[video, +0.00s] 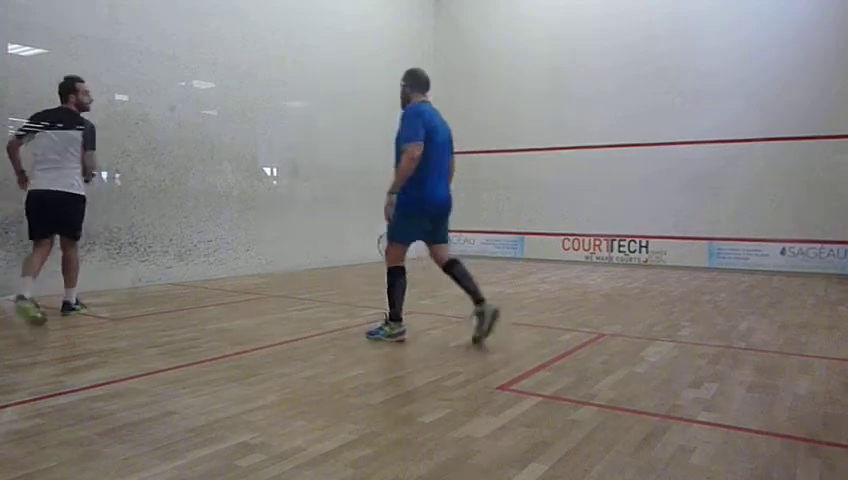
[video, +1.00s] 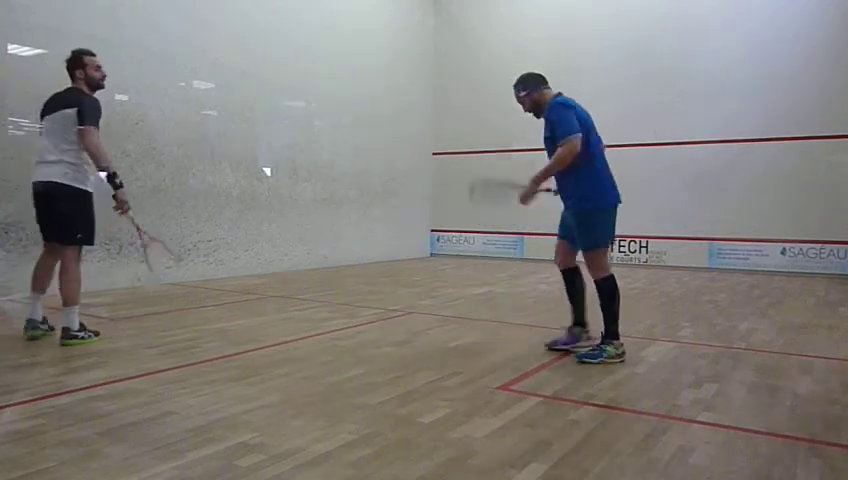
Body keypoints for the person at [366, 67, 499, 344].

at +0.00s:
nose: (400, 95)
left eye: (401, 90)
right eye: (401, 90)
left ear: (407, 90)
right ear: (425, 91)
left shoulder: (413, 114)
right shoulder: (439, 120)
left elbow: (412, 152)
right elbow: (449, 167)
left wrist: (392, 192)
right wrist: (439, 194)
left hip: (413, 199)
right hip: (440, 199)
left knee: (394, 255)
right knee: (441, 254)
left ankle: (394, 323)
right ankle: (482, 305)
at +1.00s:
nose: (522, 108)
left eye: (522, 101)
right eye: (520, 103)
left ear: (535, 93)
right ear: (537, 92)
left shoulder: (560, 109)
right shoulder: (561, 110)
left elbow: (571, 147)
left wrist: (536, 180)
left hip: (594, 201)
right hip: (577, 202)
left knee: (597, 264)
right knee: (564, 259)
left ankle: (611, 342)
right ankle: (579, 329)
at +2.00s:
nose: (526, 103)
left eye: (529, 95)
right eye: (525, 96)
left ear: (544, 92)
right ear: (545, 93)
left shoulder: (567, 113)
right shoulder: (555, 121)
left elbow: (551, 162)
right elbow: (549, 172)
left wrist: (518, 193)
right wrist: (514, 179)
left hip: (603, 202)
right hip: (580, 203)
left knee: (607, 265)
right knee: (560, 258)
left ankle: (621, 343)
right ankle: (570, 330)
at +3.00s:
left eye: (413, 107)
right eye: (424, 108)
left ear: (406, 112)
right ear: (428, 111)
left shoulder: (395, 140)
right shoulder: (445, 133)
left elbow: (368, 172)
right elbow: (482, 122)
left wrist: (368, 191)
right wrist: (477, 94)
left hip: (400, 212)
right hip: (438, 212)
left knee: (375, 260)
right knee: (459, 260)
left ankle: (350, 311)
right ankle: (484, 317)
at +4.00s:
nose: (294, 115)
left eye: (290, 109)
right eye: (295, 111)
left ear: (277, 112)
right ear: (298, 113)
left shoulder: (260, 136)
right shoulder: (310, 141)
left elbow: (235, 168)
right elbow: (325, 181)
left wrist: (253, 188)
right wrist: (313, 203)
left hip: (259, 208)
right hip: (296, 209)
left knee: (250, 262)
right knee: (323, 261)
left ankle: (257, 303)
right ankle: (341, 323)